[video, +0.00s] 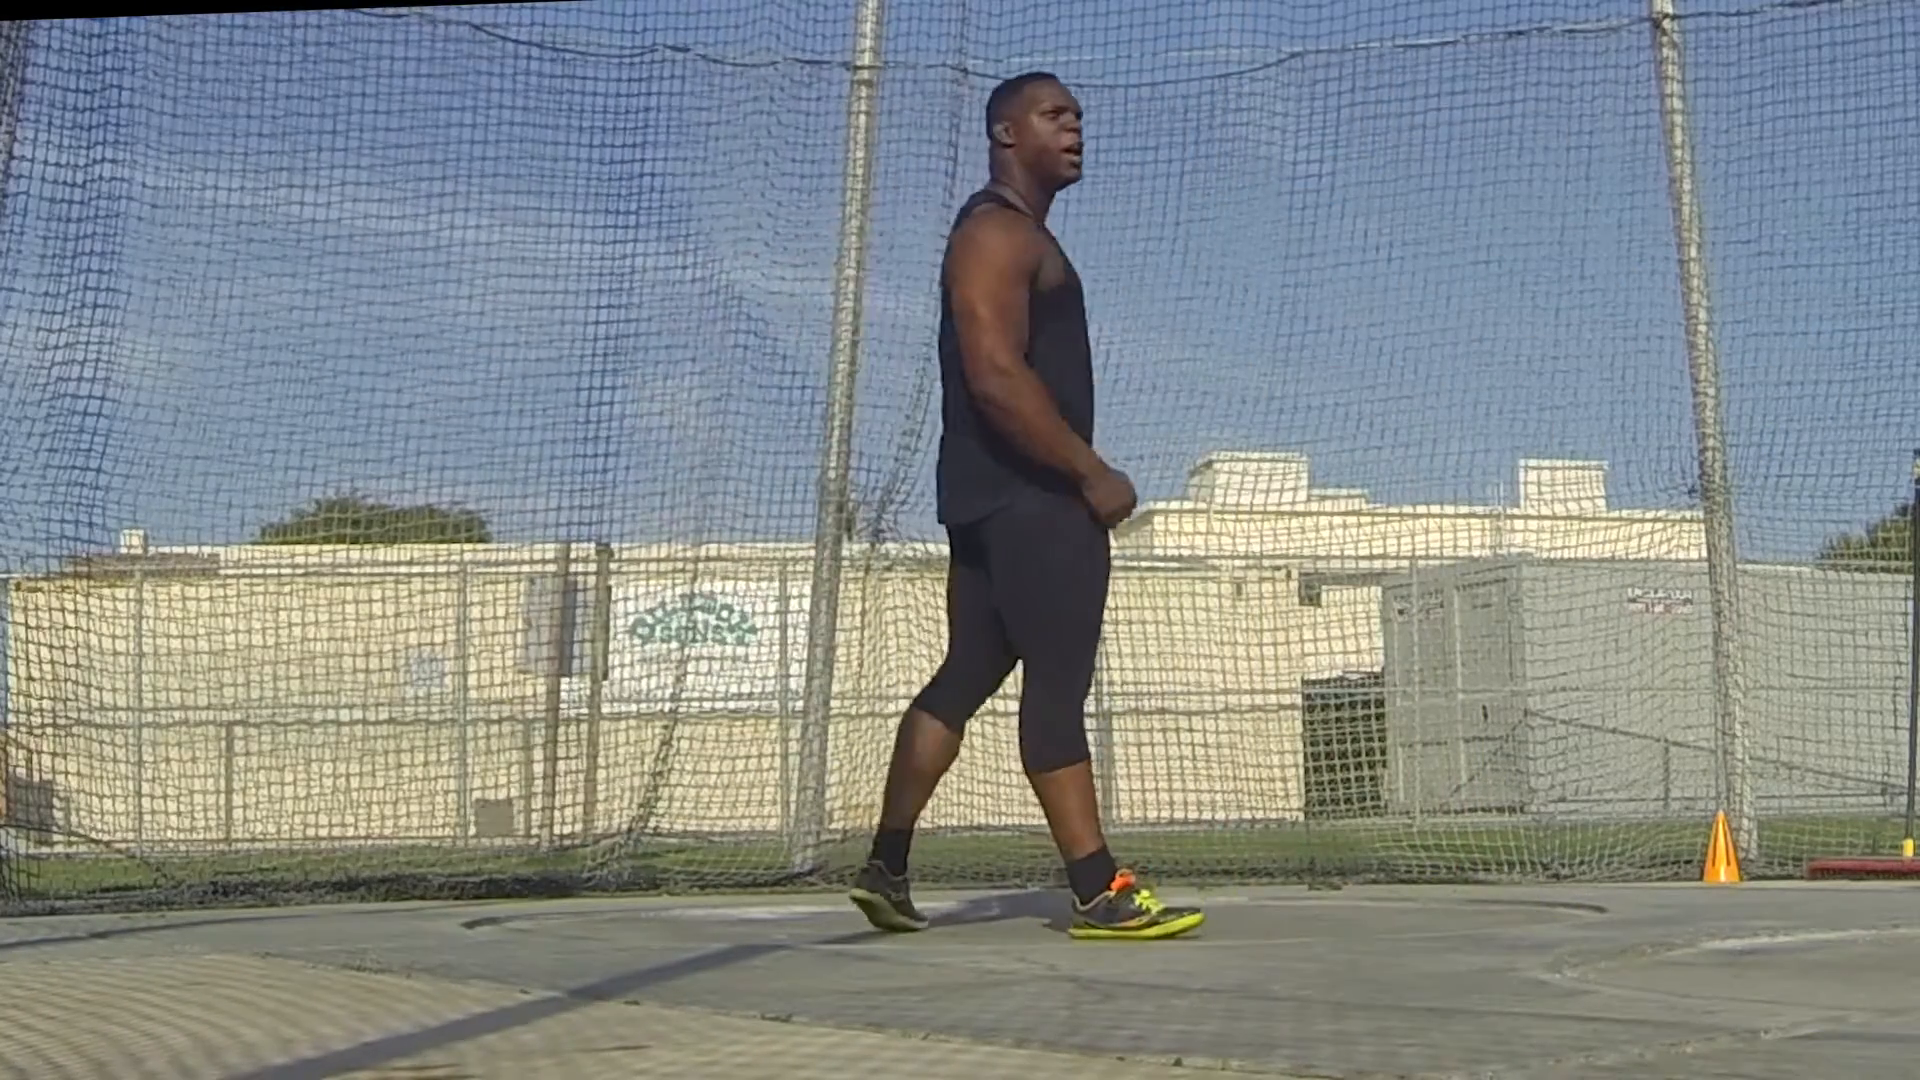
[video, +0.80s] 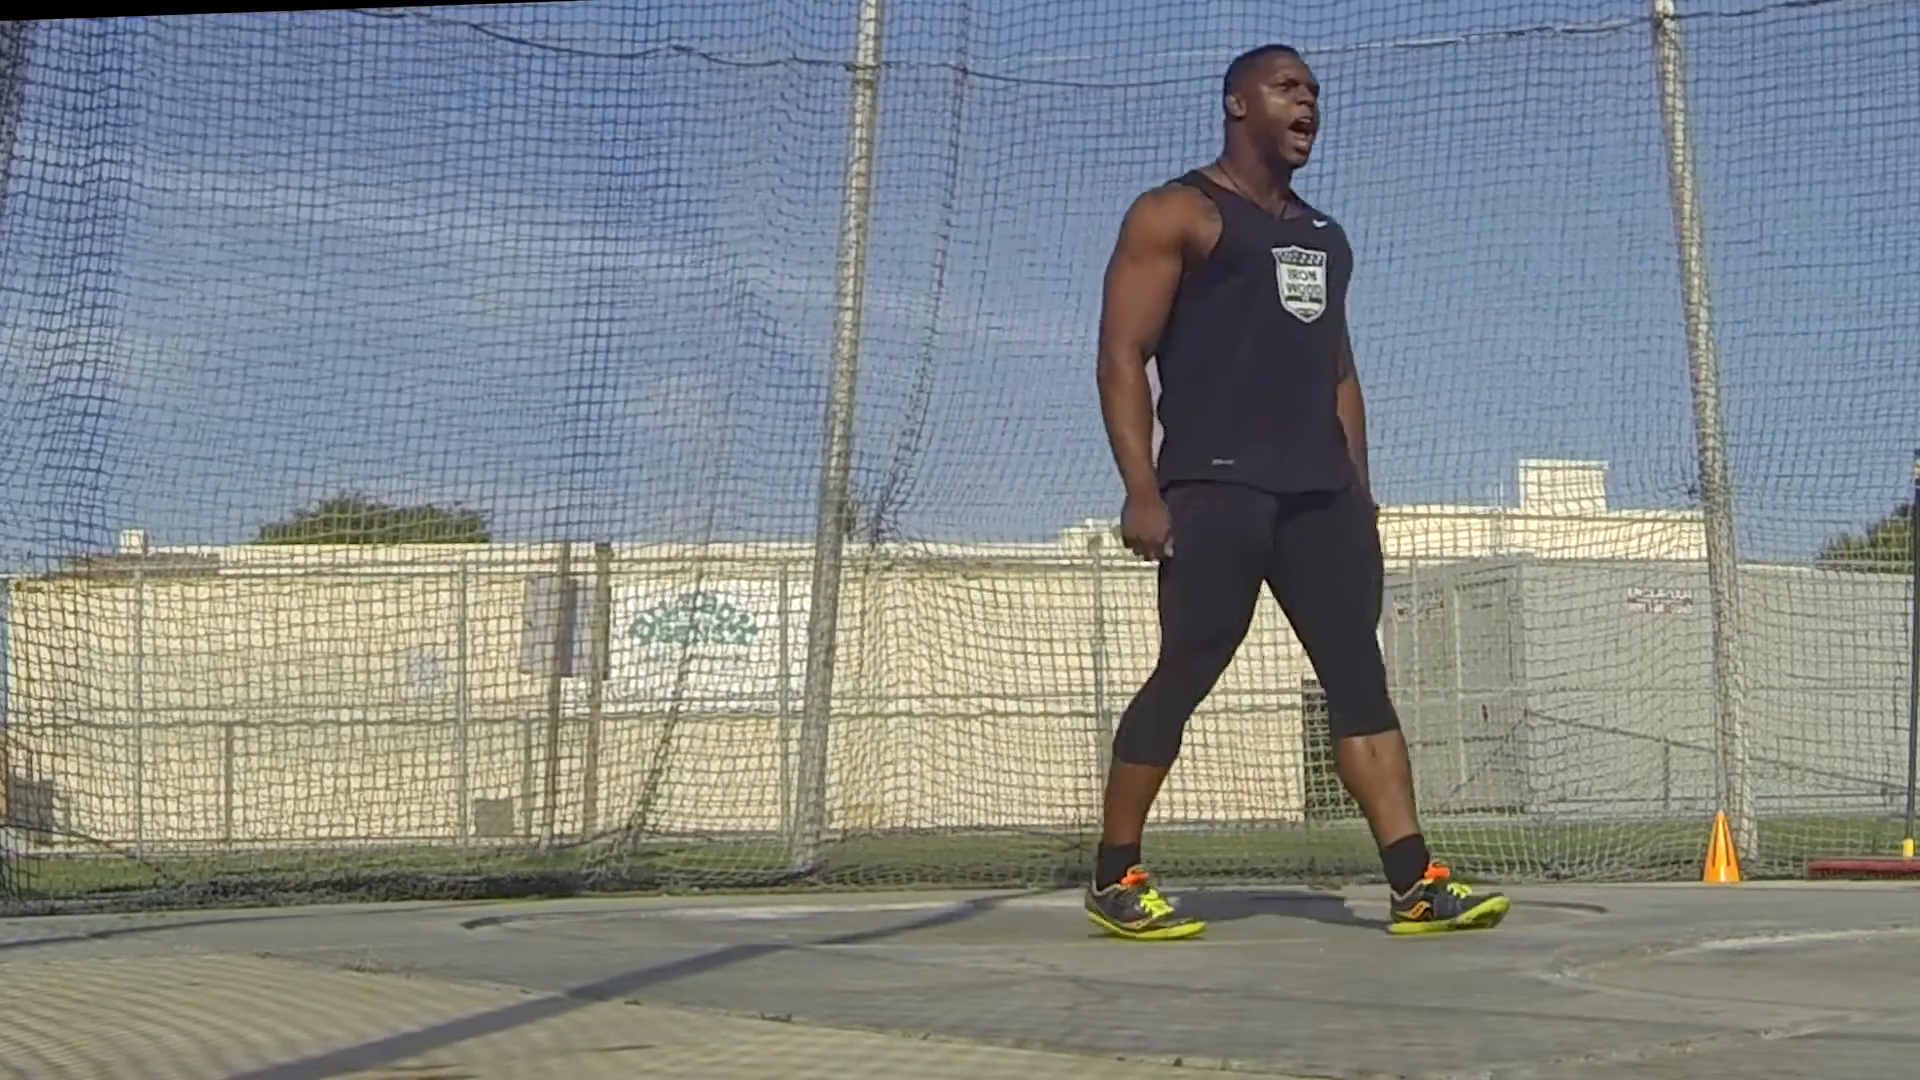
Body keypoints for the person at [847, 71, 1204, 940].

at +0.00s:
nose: (1077, 132)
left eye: (1077, 118)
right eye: (1058, 118)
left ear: (1032, 141)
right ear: (1007, 136)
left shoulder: (1005, 229)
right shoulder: (996, 231)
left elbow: (994, 379)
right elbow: (992, 374)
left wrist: (1077, 469)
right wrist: (1089, 469)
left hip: (990, 499)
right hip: (1031, 497)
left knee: (968, 671)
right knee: (1057, 681)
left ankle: (886, 864)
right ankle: (1098, 888)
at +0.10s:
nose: (1100, 120)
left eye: (1102, 107)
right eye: (1080, 105)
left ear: (1088, 126)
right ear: (1029, 122)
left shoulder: (1073, 231)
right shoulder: (1009, 219)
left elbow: (1087, 374)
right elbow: (994, 361)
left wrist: (1144, 466)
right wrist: (1072, 475)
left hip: (1084, 483)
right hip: (1041, 482)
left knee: (1047, 662)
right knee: (1067, 666)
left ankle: (931, 833)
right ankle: (1099, 886)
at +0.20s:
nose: (1119, 110)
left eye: (1122, 98)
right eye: (1099, 96)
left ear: (1122, 117)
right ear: (1051, 113)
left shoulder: (1113, 229)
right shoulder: (1024, 205)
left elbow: (1125, 362)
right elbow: (997, 340)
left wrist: (1188, 458)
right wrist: (1056, 460)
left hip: (1128, 478)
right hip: (1073, 478)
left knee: (1139, 651)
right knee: (1085, 661)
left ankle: (1004, 819)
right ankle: (1097, 884)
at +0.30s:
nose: (1138, 101)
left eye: (1142, 91)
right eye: (1118, 89)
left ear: (1145, 113)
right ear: (1070, 109)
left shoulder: (1148, 226)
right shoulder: (1035, 199)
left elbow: (1158, 356)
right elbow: (1002, 327)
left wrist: (1223, 450)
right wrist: (1048, 444)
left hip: (1166, 477)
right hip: (1092, 477)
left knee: (1209, 644)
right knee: (1098, 663)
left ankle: (1099, 813)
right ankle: (1100, 883)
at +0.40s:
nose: (1158, 97)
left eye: (1162, 87)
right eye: (1138, 84)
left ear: (1165, 110)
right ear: (1089, 104)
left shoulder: (1177, 221)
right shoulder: (1051, 195)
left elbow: (1195, 350)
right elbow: (1011, 321)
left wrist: (1258, 445)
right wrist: (1052, 437)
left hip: (1194, 478)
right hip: (1110, 476)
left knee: (1256, 637)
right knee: (1105, 668)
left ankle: (1202, 851)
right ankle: (1099, 886)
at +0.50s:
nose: (1180, 92)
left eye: (1184, 81)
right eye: (1159, 79)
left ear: (1186, 105)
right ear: (1111, 101)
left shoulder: (1206, 218)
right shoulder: (1071, 196)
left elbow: (1238, 351)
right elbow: (1024, 327)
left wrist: (1290, 451)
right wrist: (1070, 443)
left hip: (1220, 476)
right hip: (1127, 475)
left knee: (1281, 644)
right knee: (1114, 673)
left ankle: (1297, 866)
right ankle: (1099, 886)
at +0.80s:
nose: (1307, 107)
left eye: (1313, 96)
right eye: (1288, 90)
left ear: (1313, 121)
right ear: (1236, 106)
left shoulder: (1325, 237)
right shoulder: (1174, 211)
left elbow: (1338, 370)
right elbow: (1120, 356)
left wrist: (1356, 481)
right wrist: (1141, 491)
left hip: (1322, 487)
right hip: (1218, 484)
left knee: (1357, 675)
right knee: (1182, 678)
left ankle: (1413, 880)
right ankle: (1115, 877)